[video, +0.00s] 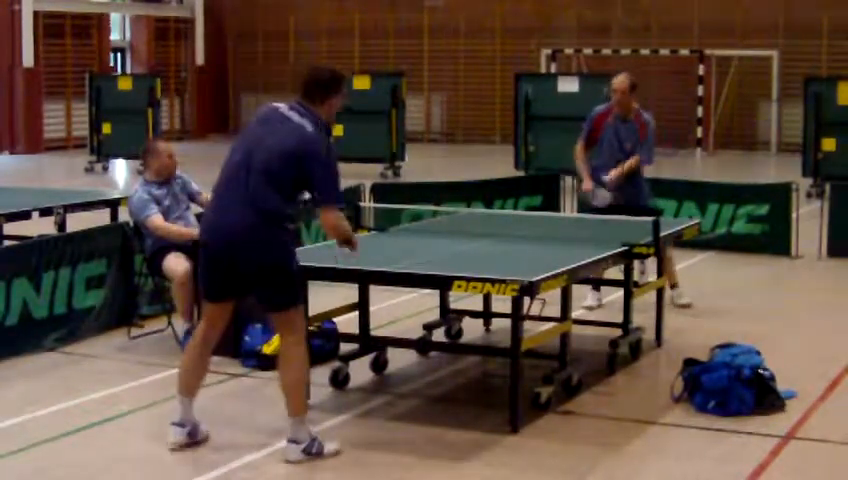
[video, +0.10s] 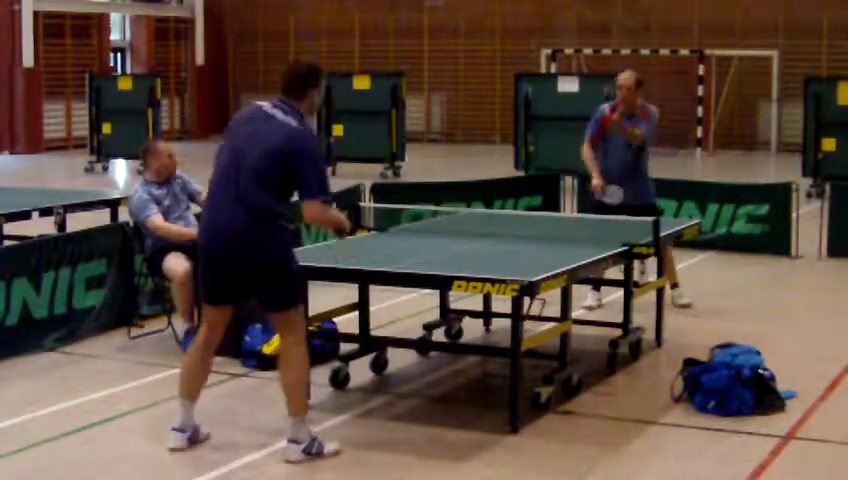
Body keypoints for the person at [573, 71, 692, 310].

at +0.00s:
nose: (616, 97)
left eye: (621, 93)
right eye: (613, 92)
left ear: (631, 94)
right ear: (610, 93)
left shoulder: (644, 121)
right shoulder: (599, 115)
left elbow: (641, 156)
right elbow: (580, 147)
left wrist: (619, 171)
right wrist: (586, 178)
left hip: (632, 185)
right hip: (601, 185)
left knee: (657, 235)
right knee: (597, 238)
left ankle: (674, 287)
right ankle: (594, 290)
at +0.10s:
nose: (622, 94)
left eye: (627, 89)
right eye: (620, 88)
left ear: (637, 91)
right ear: (615, 89)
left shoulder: (648, 114)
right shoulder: (604, 112)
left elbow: (642, 138)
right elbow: (587, 146)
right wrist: (595, 174)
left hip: (638, 185)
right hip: (608, 185)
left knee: (658, 237)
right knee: (599, 239)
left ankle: (674, 287)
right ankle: (594, 289)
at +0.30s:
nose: (639, 82)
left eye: (644, 77)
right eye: (636, 77)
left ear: (651, 81)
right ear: (629, 80)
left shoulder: (659, 106)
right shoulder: (617, 105)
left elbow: (656, 123)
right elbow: (603, 129)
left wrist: (638, 107)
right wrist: (611, 149)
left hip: (650, 181)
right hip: (620, 181)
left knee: (666, 235)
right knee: (608, 235)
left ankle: (675, 287)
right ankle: (596, 289)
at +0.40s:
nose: (643, 77)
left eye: (649, 72)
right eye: (640, 72)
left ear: (657, 78)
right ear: (635, 76)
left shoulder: (666, 105)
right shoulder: (622, 101)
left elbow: (675, 135)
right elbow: (611, 123)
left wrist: (657, 134)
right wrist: (626, 134)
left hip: (656, 184)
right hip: (625, 182)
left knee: (668, 237)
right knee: (609, 235)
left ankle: (675, 287)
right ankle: (596, 289)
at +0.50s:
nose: (645, 76)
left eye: (651, 72)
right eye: (643, 71)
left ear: (661, 79)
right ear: (638, 76)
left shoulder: (669, 106)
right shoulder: (627, 99)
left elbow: (682, 142)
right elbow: (618, 110)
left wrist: (665, 149)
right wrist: (633, 113)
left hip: (657, 183)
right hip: (626, 180)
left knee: (669, 236)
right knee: (611, 235)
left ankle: (676, 288)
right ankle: (596, 289)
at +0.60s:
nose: (648, 76)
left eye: (654, 72)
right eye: (646, 71)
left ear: (664, 78)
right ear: (640, 75)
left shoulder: (672, 106)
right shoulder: (631, 98)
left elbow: (686, 143)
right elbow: (625, 103)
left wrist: (673, 162)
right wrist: (655, 97)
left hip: (658, 180)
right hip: (627, 177)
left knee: (669, 236)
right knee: (612, 234)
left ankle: (676, 287)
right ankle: (597, 289)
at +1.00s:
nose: (644, 95)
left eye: (649, 92)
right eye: (641, 90)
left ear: (658, 96)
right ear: (634, 90)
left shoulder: (660, 121)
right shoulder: (622, 107)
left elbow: (670, 159)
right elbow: (625, 120)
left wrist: (655, 183)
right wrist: (658, 113)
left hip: (646, 191)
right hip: (616, 188)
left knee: (665, 241)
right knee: (603, 243)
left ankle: (676, 289)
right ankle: (587, 292)